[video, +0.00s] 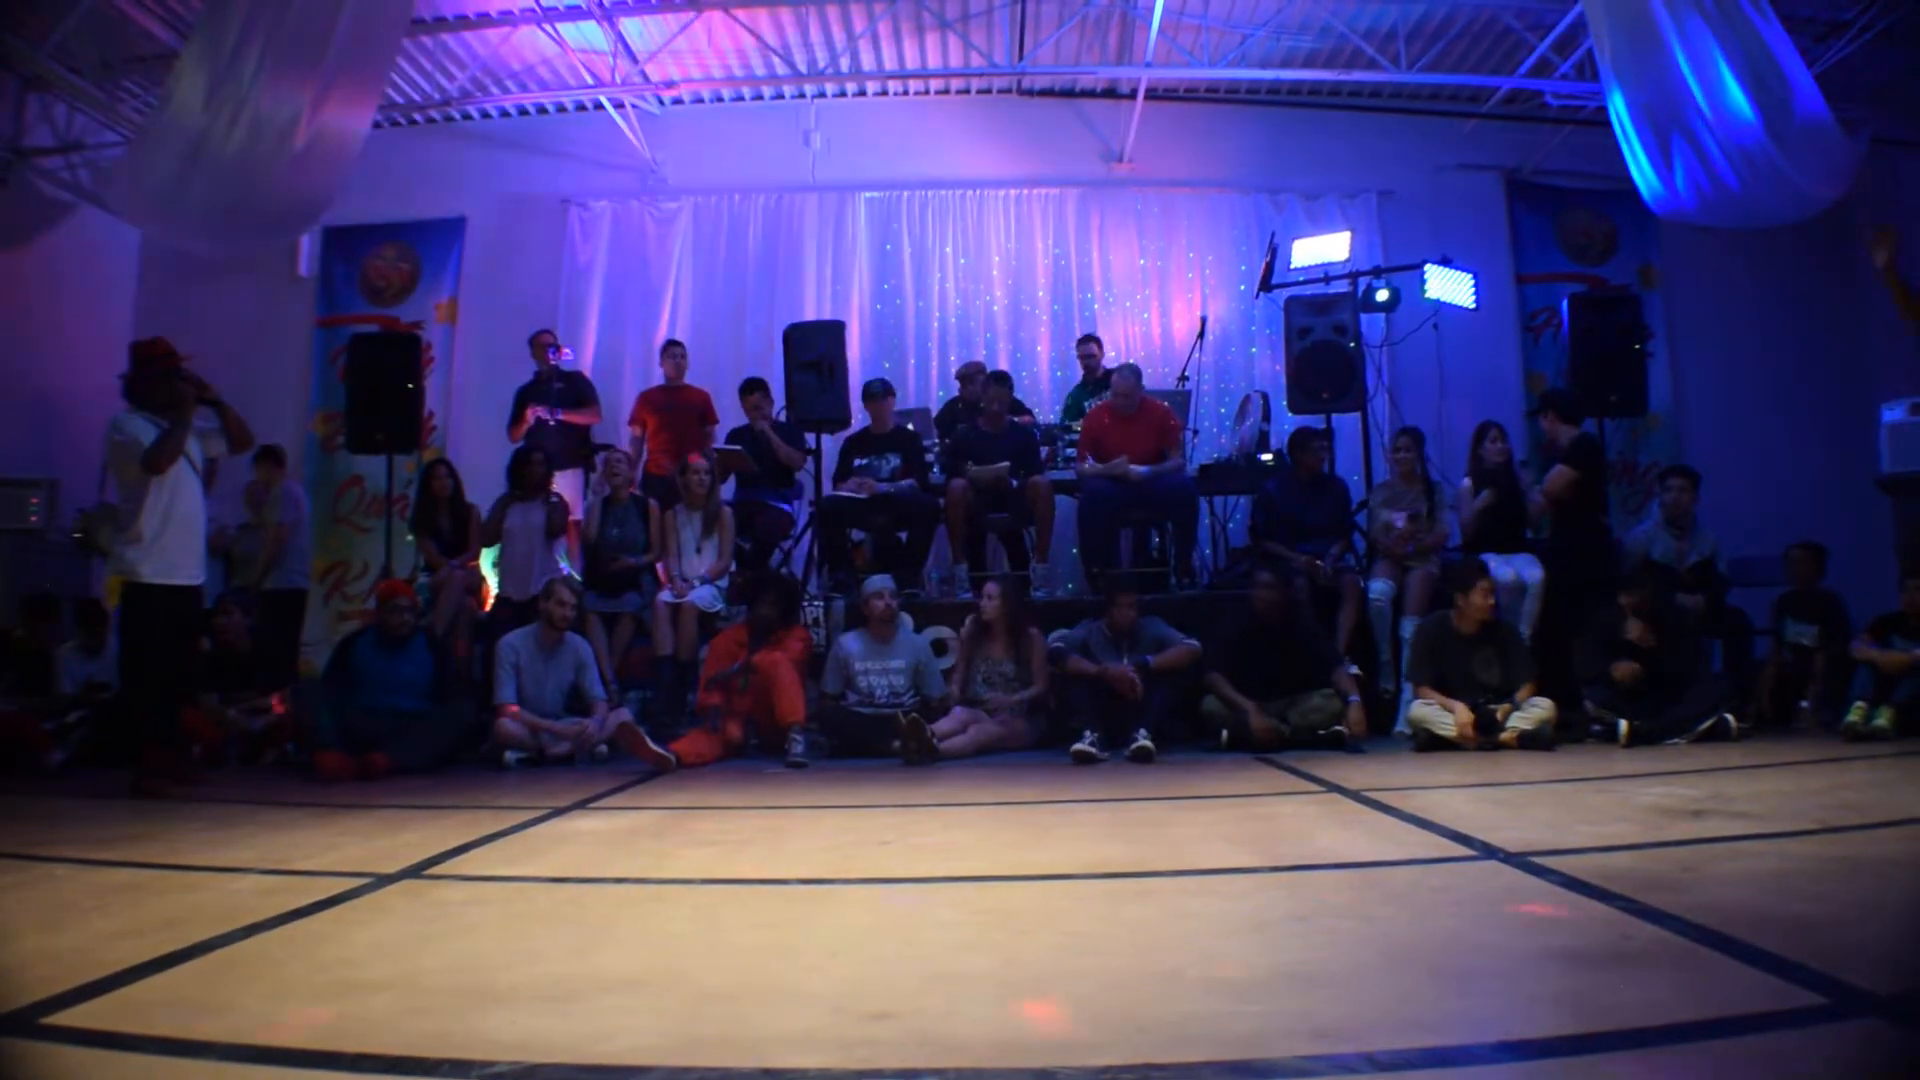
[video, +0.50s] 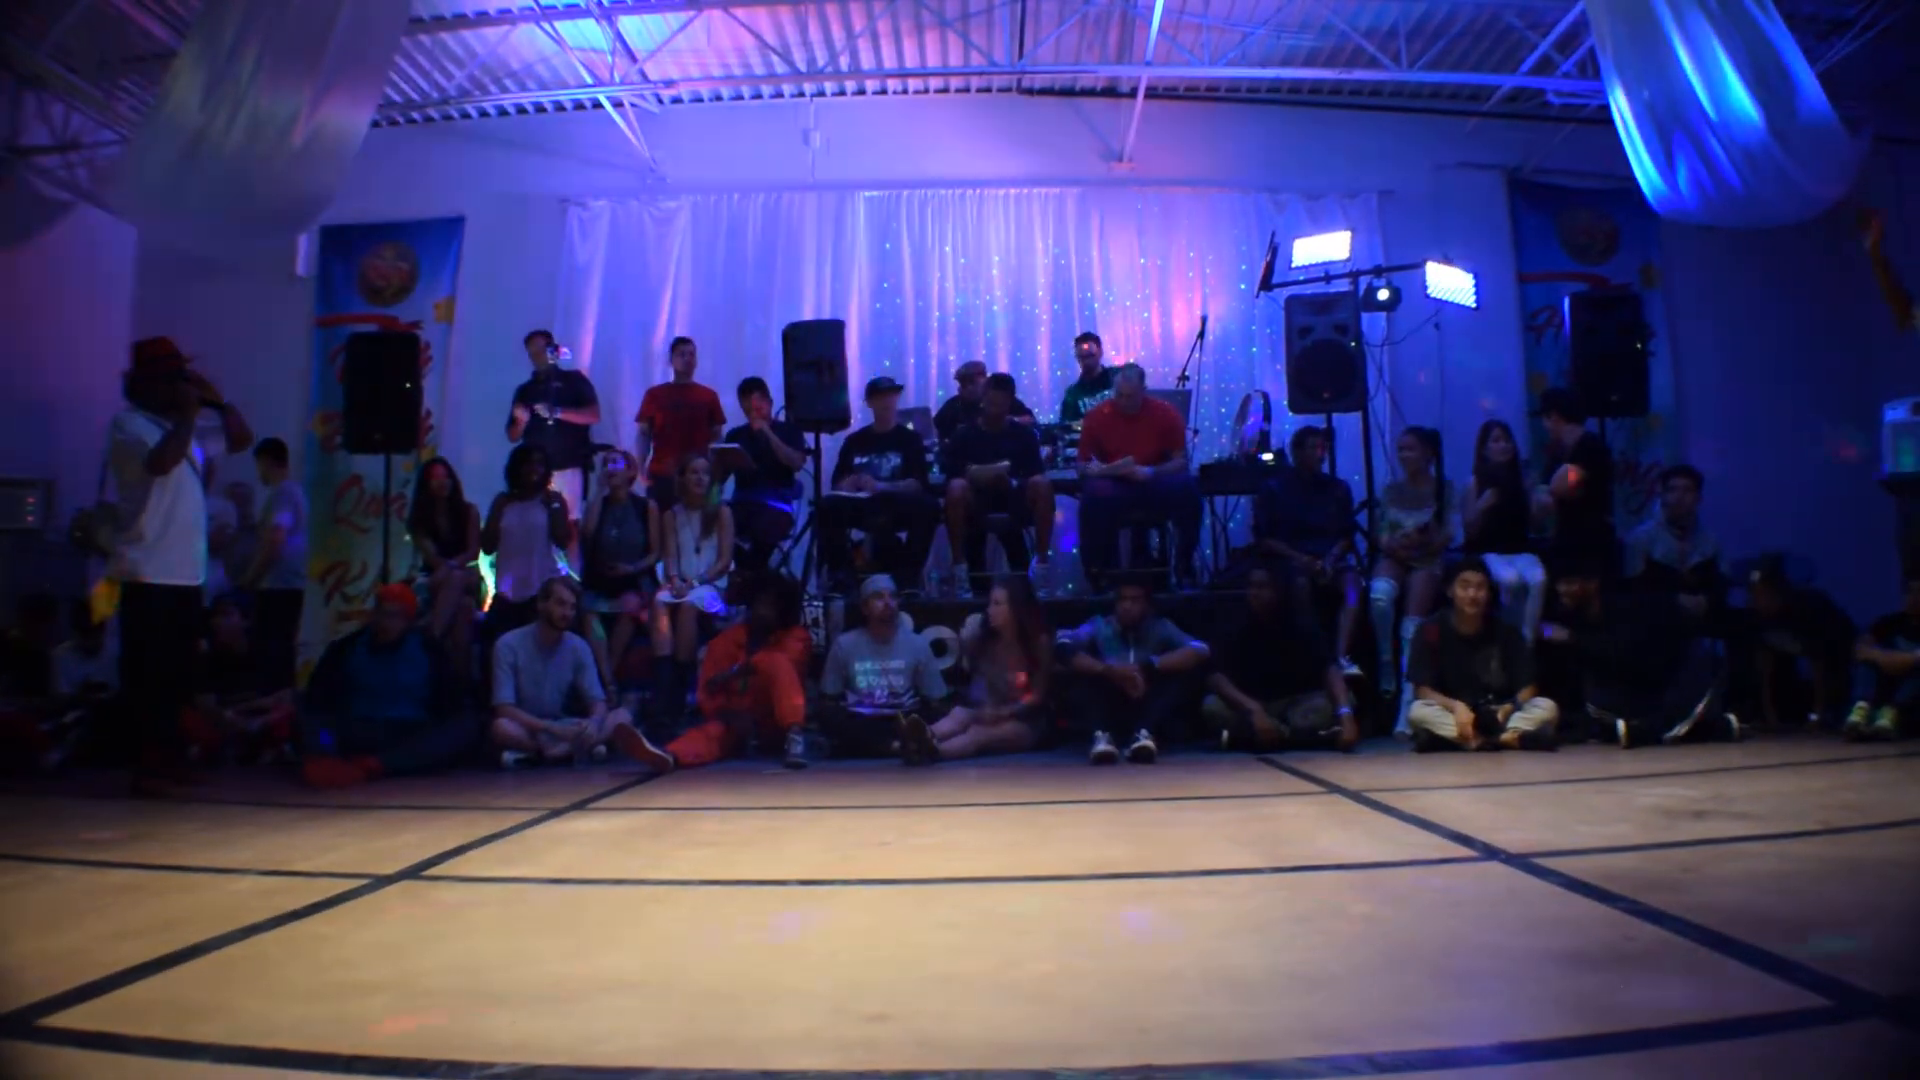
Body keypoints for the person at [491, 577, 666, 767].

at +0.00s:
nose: (567, 613)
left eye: (572, 608)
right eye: (561, 605)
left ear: (577, 611)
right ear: (542, 604)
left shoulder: (579, 646)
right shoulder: (512, 645)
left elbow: (600, 703)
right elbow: (508, 709)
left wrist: (595, 725)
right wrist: (556, 728)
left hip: (568, 722)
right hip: (530, 723)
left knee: (622, 716)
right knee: (504, 728)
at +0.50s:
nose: (567, 613)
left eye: (572, 607)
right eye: (561, 604)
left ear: (576, 610)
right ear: (542, 605)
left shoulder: (578, 647)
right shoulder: (509, 645)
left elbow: (598, 702)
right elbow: (504, 708)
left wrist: (593, 725)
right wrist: (555, 729)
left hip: (566, 722)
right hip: (528, 723)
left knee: (622, 716)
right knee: (502, 728)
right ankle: (576, 748)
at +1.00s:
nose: (570, 611)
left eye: (573, 604)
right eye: (562, 603)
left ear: (577, 607)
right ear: (541, 606)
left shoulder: (578, 647)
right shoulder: (509, 645)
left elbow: (598, 701)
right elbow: (504, 707)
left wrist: (593, 724)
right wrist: (556, 729)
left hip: (564, 723)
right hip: (527, 723)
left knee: (623, 716)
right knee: (502, 728)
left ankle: (546, 753)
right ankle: (578, 748)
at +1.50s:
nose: (574, 609)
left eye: (575, 603)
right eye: (567, 603)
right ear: (543, 607)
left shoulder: (579, 647)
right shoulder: (509, 645)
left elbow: (598, 701)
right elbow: (505, 709)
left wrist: (593, 725)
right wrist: (556, 729)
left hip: (564, 722)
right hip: (527, 722)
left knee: (622, 716)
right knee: (501, 727)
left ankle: (560, 750)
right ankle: (577, 747)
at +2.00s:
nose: (566, 594)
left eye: (563, 588)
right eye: (559, 589)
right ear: (539, 602)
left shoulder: (565, 635)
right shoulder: (506, 643)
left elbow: (587, 684)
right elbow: (505, 707)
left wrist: (590, 719)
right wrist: (557, 729)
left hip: (562, 718)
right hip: (527, 721)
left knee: (622, 715)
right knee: (503, 728)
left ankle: (554, 752)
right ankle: (580, 747)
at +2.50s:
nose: (542, 591)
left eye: (540, 586)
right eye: (533, 587)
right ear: (511, 599)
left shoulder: (553, 632)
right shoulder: (492, 645)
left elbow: (571, 679)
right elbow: (502, 705)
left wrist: (588, 721)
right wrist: (562, 728)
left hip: (559, 712)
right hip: (523, 717)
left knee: (614, 702)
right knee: (501, 726)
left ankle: (553, 749)